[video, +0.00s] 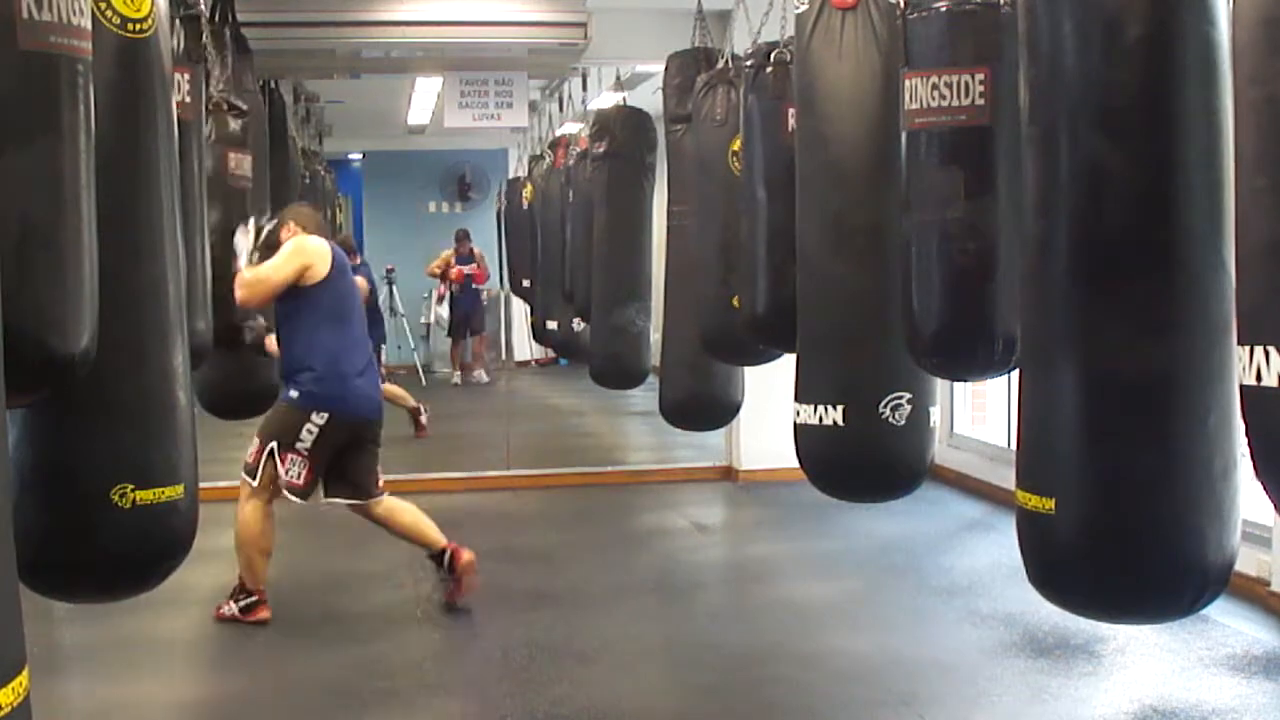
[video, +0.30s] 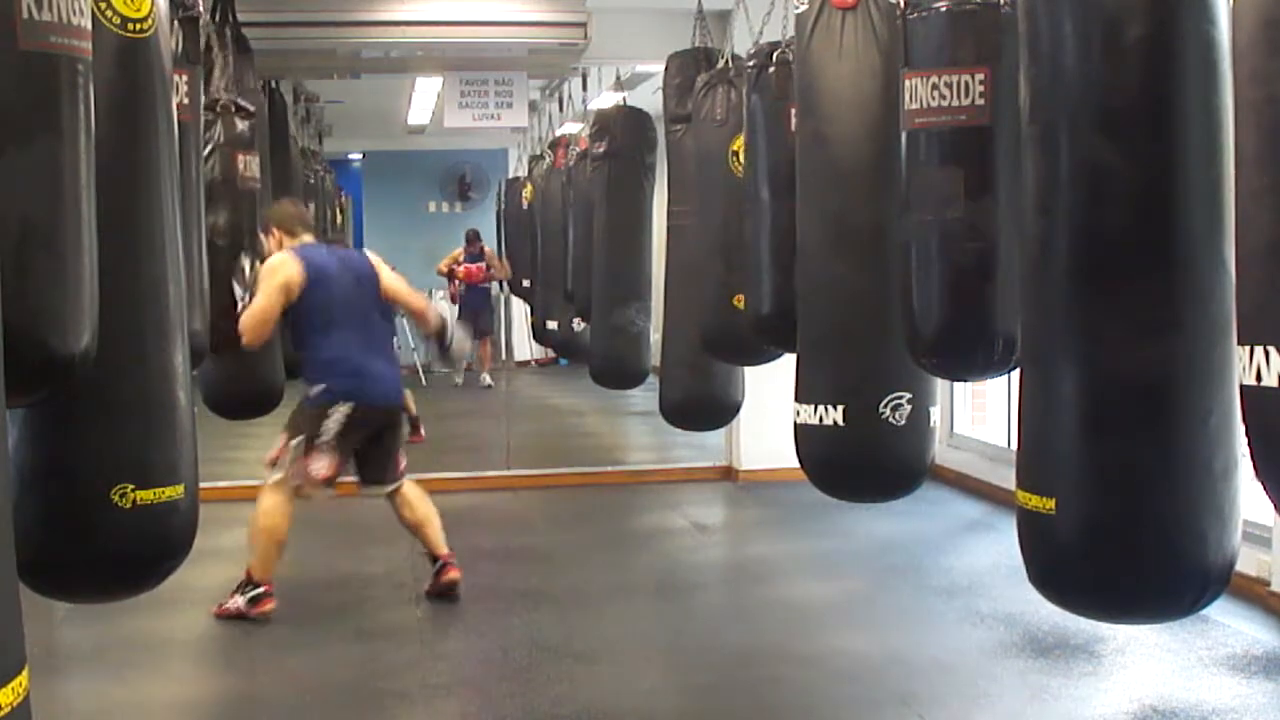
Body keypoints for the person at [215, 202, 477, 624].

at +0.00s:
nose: (279, 240)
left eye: (280, 233)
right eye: (279, 235)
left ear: (292, 229)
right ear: (323, 229)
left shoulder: (305, 248)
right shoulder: (345, 269)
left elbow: (245, 293)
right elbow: (325, 344)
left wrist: (245, 256)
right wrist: (273, 344)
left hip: (316, 396)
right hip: (364, 397)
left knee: (255, 489)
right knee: (365, 496)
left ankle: (250, 596)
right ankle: (447, 553)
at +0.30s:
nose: (265, 247)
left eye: (264, 240)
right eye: (265, 241)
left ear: (275, 235)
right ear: (312, 229)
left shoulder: (283, 265)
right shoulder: (365, 260)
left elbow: (251, 334)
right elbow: (420, 306)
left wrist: (259, 289)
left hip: (334, 392)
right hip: (387, 392)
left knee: (279, 485)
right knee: (397, 483)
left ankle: (257, 585)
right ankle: (444, 560)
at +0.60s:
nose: (331, 252)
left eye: (333, 241)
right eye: (329, 243)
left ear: (352, 236)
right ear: (367, 234)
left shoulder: (372, 279)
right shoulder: (403, 269)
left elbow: (332, 339)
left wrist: (314, 309)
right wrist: (333, 307)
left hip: (391, 408)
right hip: (428, 407)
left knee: (317, 481)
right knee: (440, 487)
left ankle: (323, 582)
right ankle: (509, 548)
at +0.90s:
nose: (393, 221)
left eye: (395, 211)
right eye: (393, 212)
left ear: (411, 206)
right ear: (434, 206)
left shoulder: (421, 241)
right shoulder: (473, 239)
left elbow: (407, 311)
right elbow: (461, 305)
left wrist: (374, 292)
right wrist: (394, 280)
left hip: (456, 369)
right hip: (496, 368)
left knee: (402, 459)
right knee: (496, 467)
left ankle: (420, 562)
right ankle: (526, 555)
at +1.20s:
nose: (418, 230)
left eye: (418, 222)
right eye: (417, 223)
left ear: (434, 214)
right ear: (458, 213)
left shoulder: (441, 249)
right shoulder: (505, 249)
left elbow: (429, 321)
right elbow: (506, 310)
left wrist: (403, 307)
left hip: (471, 377)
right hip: (517, 379)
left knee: (400, 452)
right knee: (514, 472)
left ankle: (431, 547)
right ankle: (539, 559)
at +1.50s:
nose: (401, 235)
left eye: (402, 226)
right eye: (399, 228)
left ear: (420, 216)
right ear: (444, 215)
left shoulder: (425, 250)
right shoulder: (492, 248)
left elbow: (390, 312)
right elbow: (448, 309)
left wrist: (364, 286)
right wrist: (395, 275)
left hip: (452, 381)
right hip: (501, 381)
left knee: (402, 471)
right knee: (507, 475)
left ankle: (389, 568)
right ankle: (537, 559)